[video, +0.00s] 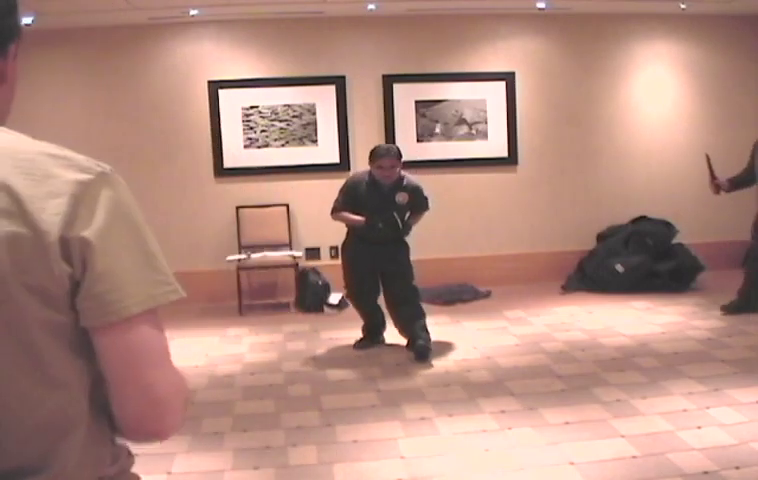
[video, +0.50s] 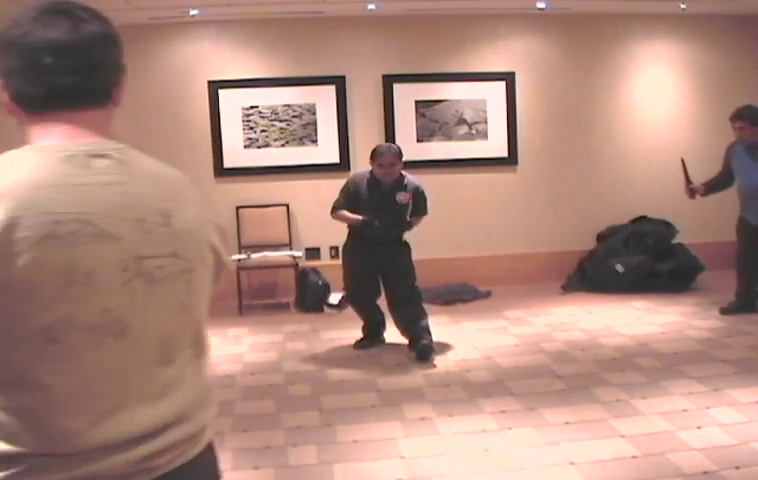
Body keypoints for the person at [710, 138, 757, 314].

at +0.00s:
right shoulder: (756, 146)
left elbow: (751, 173)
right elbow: (751, 172)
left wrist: (727, 184)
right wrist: (726, 184)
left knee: (754, 249)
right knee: (754, 248)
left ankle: (748, 296)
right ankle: (747, 296)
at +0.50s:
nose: (738, 134)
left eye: (741, 128)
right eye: (735, 129)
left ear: (755, 128)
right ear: (735, 129)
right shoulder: (735, 150)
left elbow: (726, 177)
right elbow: (727, 177)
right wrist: (702, 188)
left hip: (753, 217)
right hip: (748, 217)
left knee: (748, 258)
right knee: (745, 259)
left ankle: (748, 299)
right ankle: (745, 298)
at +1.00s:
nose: (730, 136)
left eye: (734, 130)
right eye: (727, 131)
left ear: (750, 130)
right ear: (726, 131)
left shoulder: (754, 152)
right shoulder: (728, 153)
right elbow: (716, 181)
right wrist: (689, 187)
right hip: (744, 218)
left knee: (751, 259)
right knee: (743, 259)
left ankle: (750, 300)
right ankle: (744, 300)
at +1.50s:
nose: (725, 135)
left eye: (730, 128)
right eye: (722, 129)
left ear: (745, 128)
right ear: (721, 130)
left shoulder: (755, 148)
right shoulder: (719, 155)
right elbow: (694, 180)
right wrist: (664, 184)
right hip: (741, 222)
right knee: (739, 261)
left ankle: (751, 300)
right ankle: (744, 300)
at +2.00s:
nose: (731, 126)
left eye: (736, 120)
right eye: (729, 121)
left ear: (751, 121)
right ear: (727, 123)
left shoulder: (754, 146)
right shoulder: (726, 148)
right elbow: (705, 179)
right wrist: (710, 191)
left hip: (754, 216)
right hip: (739, 217)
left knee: (750, 260)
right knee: (739, 260)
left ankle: (750, 300)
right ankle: (743, 300)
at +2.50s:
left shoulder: (751, 146)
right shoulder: (751, 146)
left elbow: (739, 172)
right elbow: (739, 173)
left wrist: (745, 192)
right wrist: (743, 192)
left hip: (754, 215)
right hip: (755, 215)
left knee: (751, 256)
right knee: (751, 256)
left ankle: (748, 297)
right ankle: (747, 297)